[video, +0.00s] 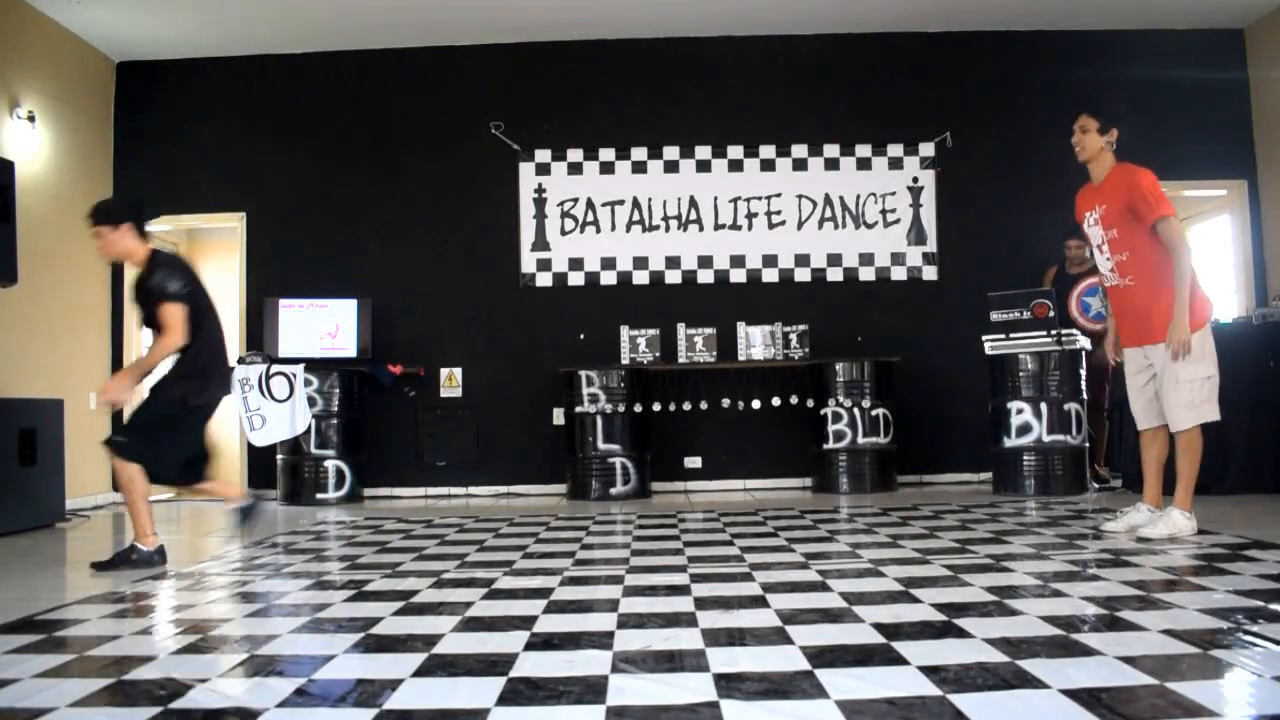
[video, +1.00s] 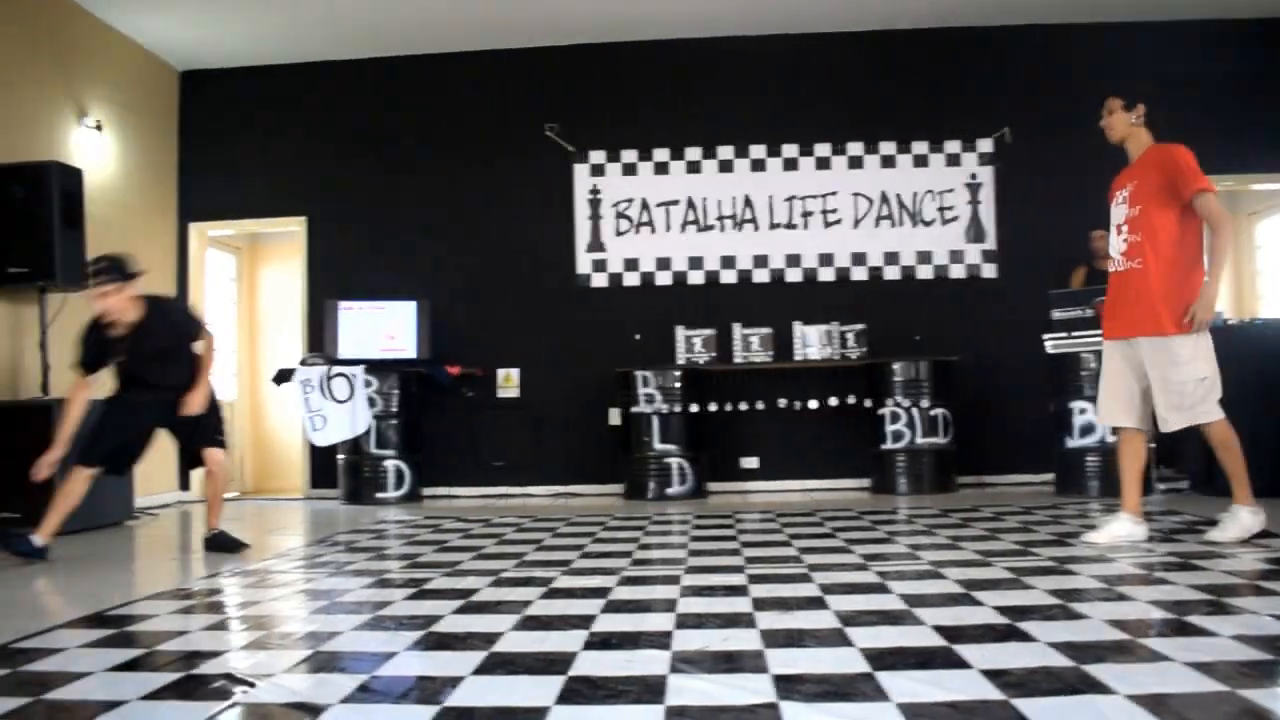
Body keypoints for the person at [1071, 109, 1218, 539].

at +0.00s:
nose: (1076, 140)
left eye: (1084, 131)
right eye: (1074, 134)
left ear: (1110, 137)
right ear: (1076, 145)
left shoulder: (1136, 180)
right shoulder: (1083, 200)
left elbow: (1179, 246)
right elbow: (1108, 269)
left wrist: (1180, 317)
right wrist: (1113, 327)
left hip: (1176, 322)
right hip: (1132, 331)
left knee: (1185, 416)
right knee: (1149, 420)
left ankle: (1182, 512)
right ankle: (1151, 506)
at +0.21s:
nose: (1081, 131)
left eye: (1089, 122)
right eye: (1079, 124)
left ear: (1116, 126)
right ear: (1085, 133)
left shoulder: (1150, 167)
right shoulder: (1093, 187)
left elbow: (1184, 233)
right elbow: (1103, 255)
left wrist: (1182, 299)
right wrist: (1091, 305)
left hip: (1162, 314)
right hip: (1118, 320)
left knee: (1173, 413)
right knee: (1133, 414)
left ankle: (1181, 512)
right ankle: (1149, 506)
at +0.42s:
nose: (1086, 131)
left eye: (1094, 123)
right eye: (1085, 125)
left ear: (1122, 125)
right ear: (1096, 132)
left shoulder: (1154, 167)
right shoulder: (1100, 186)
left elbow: (1182, 232)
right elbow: (1102, 255)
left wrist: (1175, 298)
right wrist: (1078, 306)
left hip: (1160, 311)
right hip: (1114, 316)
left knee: (1172, 410)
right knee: (1094, 410)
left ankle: (1181, 512)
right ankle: (1138, 493)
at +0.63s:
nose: (1079, 129)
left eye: (1087, 120)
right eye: (1078, 123)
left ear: (1114, 124)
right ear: (1087, 132)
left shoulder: (1145, 167)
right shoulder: (1093, 188)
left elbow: (1171, 237)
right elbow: (1104, 261)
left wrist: (1166, 309)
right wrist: (1088, 318)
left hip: (1153, 315)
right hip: (1104, 318)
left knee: (1168, 414)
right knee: (1080, 408)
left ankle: (1181, 512)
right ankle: (1089, 505)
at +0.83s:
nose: (1061, 130)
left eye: (1069, 120)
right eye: (1059, 124)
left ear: (1096, 122)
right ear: (1064, 133)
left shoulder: (1128, 169)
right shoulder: (1075, 192)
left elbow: (1153, 240)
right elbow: (1087, 257)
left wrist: (1151, 315)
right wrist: (1077, 310)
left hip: (1129, 322)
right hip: (1084, 325)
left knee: (1157, 418)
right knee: (1076, 420)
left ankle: (1181, 512)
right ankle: (1066, 515)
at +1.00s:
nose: (1103, 121)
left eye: (1111, 111)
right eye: (1102, 115)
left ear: (1138, 113)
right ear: (1114, 125)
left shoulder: (1172, 157)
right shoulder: (1120, 182)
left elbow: (1220, 221)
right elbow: (1145, 247)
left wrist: (1210, 292)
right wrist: (1109, 251)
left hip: (1172, 316)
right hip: (1124, 320)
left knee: (1207, 413)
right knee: (1128, 421)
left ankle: (1246, 507)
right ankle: (1131, 518)